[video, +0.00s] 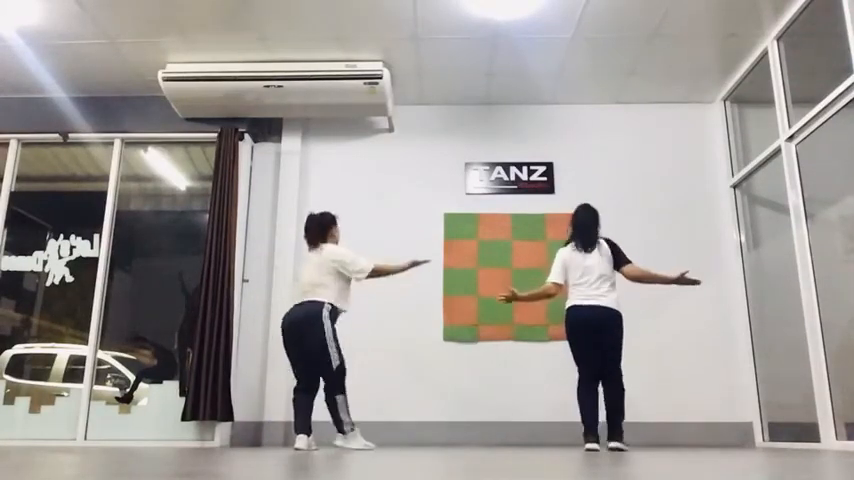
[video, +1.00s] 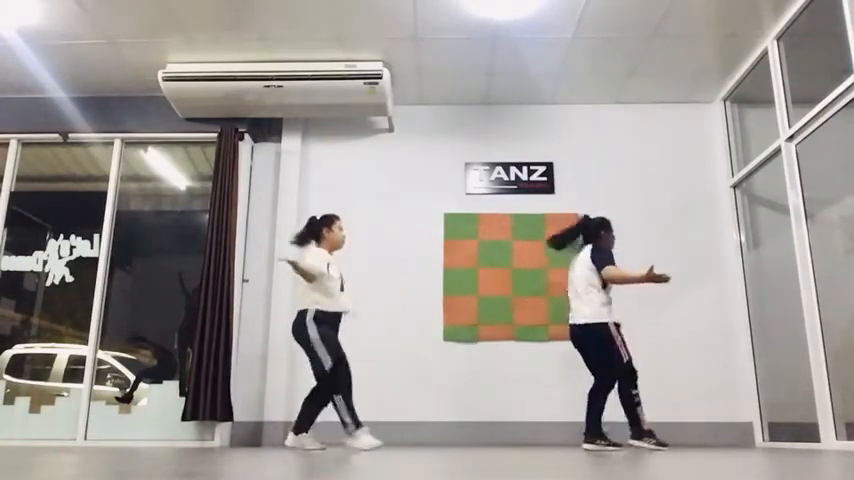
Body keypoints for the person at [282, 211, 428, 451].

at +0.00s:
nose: (339, 232)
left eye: (337, 228)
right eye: (336, 228)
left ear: (313, 234)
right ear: (330, 231)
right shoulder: (334, 253)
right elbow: (369, 270)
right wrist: (404, 266)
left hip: (293, 319)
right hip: (318, 316)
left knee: (306, 378)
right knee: (334, 374)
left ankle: (302, 436)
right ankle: (347, 434)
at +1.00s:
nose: (344, 235)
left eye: (343, 230)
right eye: (340, 230)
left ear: (327, 232)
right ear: (326, 232)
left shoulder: (329, 259)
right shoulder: (315, 254)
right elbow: (312, 273)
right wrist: (297, 266)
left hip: (325, 323)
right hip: (312, 322)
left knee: (328, 380)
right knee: (337, 373)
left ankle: (298, 433)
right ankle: (355, 433)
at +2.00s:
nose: (328, 224)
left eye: (327, 220)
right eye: (324, 219)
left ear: (312, 221)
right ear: (311, 220)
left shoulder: (316, 247)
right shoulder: (303, 240)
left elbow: (340, 284)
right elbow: (315, 264)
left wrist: (337, 265)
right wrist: (350, 254)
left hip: (316, 307)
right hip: (302, 305)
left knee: (307, 369)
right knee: (294, 367)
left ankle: (297, 432)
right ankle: (281, 432)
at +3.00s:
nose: (278, 240)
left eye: (272, 240)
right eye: (273, 243)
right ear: (275, 254)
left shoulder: (299, 261)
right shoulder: (288, 265)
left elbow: (322, 273)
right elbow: (313, 283)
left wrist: (335, 280)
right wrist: (336, 291)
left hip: (325, 321)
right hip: (315, 322)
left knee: (338, 379)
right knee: (335, 371)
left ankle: (298, 428)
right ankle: (295, 427)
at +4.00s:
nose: (329, 229)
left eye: (328, 224)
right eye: (324, 225)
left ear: (315, 230)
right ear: (311, 230)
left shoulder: (319, 254)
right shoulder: (308, 248)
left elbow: (321, 284)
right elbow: (312, 279)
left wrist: (333, 289)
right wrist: (330, 301)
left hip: (316, 319)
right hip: (301, 316)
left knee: (324, 376)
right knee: (300, 372)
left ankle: (302, 433)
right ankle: (278, 434)